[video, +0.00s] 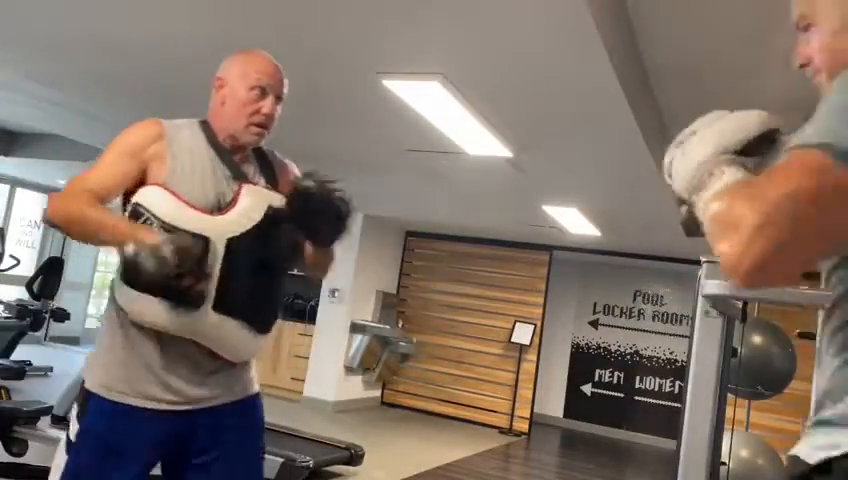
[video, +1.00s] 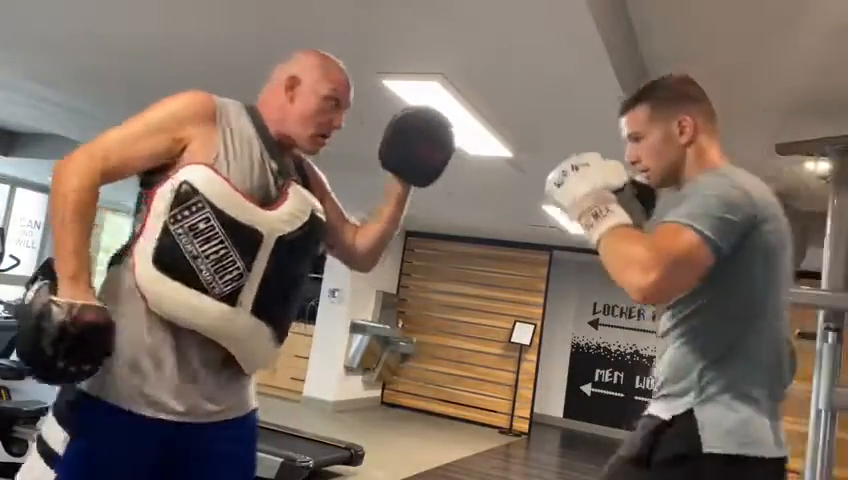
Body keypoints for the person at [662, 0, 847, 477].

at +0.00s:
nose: (799, 56)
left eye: (808, 25)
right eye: (799, 33)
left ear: (845, 18)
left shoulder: (842, 99)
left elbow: (756, 250)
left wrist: (708, 174)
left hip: (837, 442)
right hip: (829, 441)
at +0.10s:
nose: (758, 81)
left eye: (765, 51)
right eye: (757, 58)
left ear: (826, 30)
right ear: (827, 32)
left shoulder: (832, 115)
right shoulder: (827, 119)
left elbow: (697, 285)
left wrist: (673, 190)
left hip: (823, 453)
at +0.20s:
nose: (716, 96)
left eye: (722, 68)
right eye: (715, 75)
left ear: (776, 52)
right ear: (776, 53)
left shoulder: (783, 142)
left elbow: (662, 313)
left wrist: (641, 215)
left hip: (800, 448)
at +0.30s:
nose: (694, 100)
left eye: (698, 74)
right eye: (692, 80)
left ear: (747, 55)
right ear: (750, 55)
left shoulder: (748, 140)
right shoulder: (838, 125)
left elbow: (624, 295)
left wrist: (627, 202)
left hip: (780, 442)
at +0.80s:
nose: (666, 153)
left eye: (673, 132)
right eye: (665, 137)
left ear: (719, 119)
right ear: (723, 118)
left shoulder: (744, 179)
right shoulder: (817, 195)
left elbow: (669, 282)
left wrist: (617, 233)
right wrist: (678, 224)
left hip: (735, 445)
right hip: (802, 451)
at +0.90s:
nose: (651, 149)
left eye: (658, 130)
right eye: (649, 135)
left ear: (704, 118)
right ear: (707, 118)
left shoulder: (739, 177)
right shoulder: (777, 180)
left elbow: (659, 270)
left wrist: (604, 205)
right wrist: (658, 212)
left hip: (728, 433)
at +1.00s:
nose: (630, 157)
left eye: (638, 139)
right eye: (628, 143)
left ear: (684, 129)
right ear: (685, 130)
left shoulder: (728, 190)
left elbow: (649, 276)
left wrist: (594, 210)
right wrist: (629, 219)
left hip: (715, 439)